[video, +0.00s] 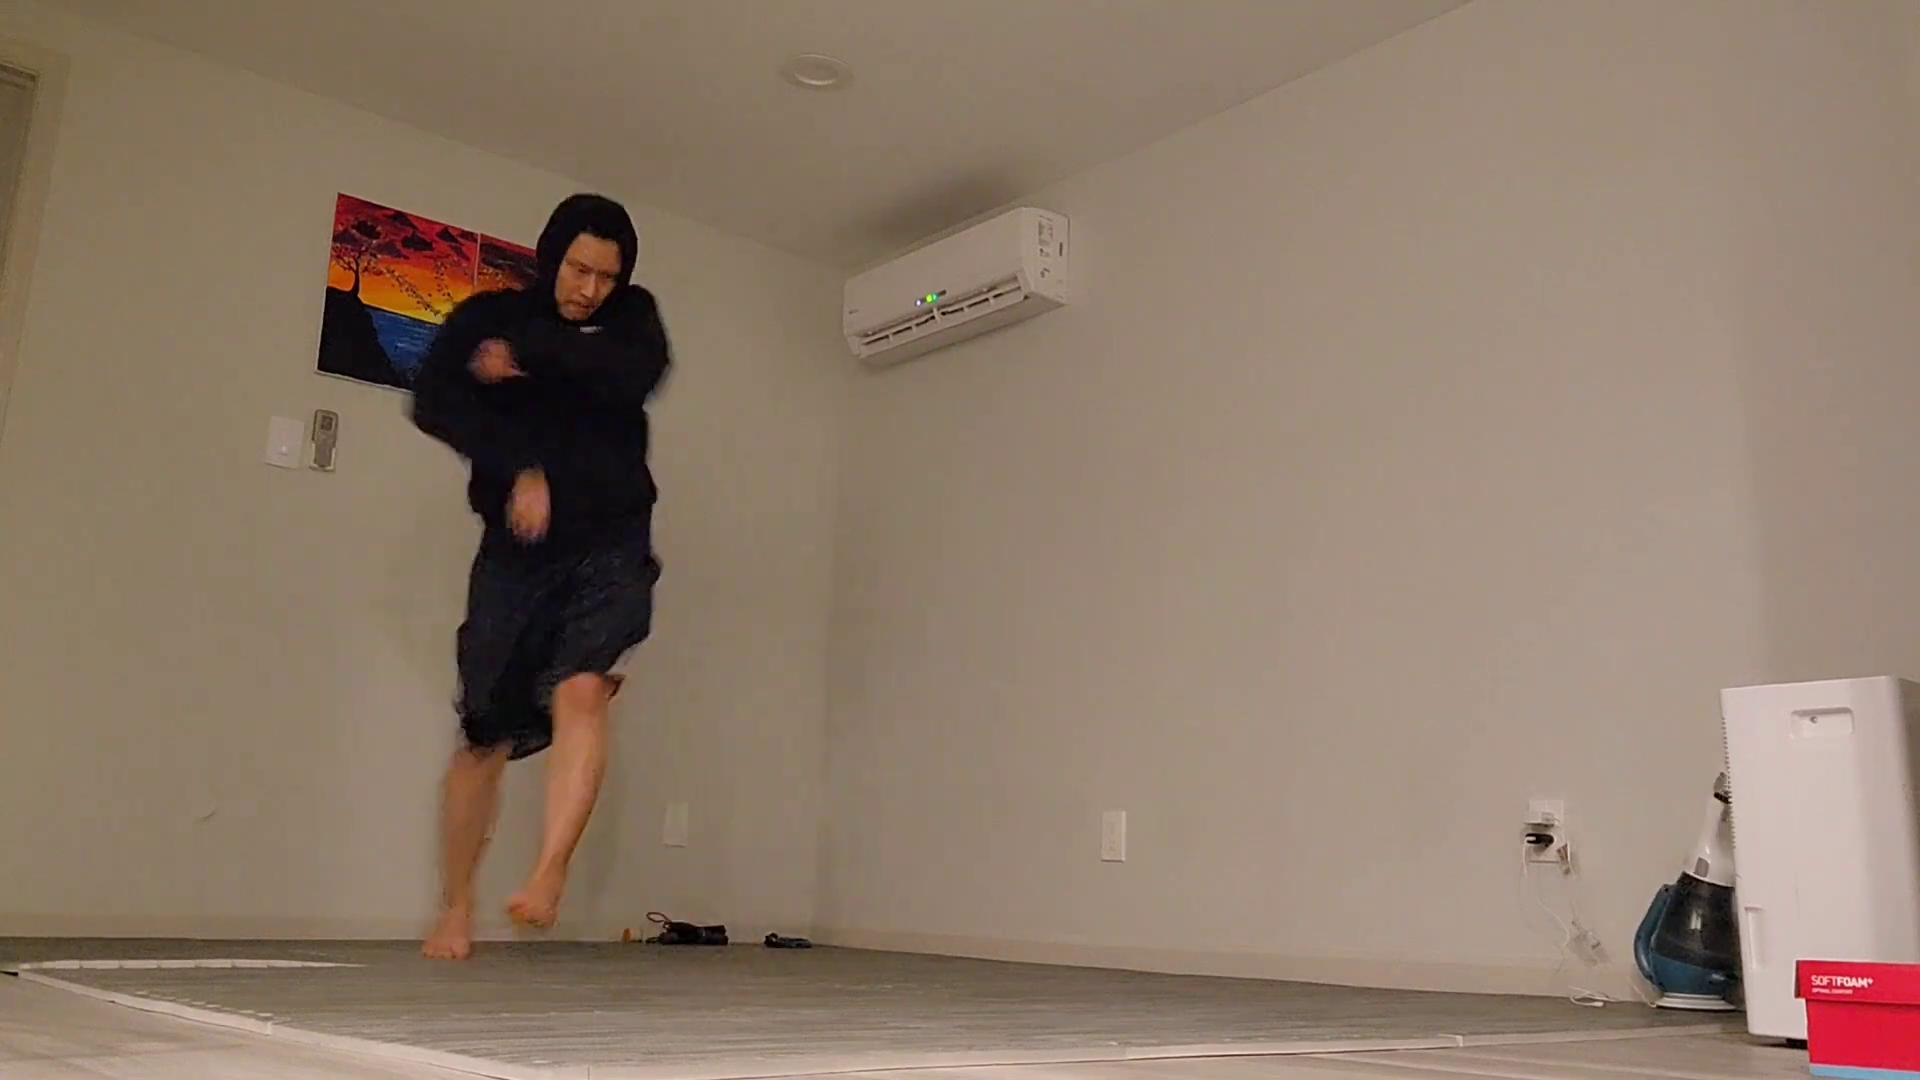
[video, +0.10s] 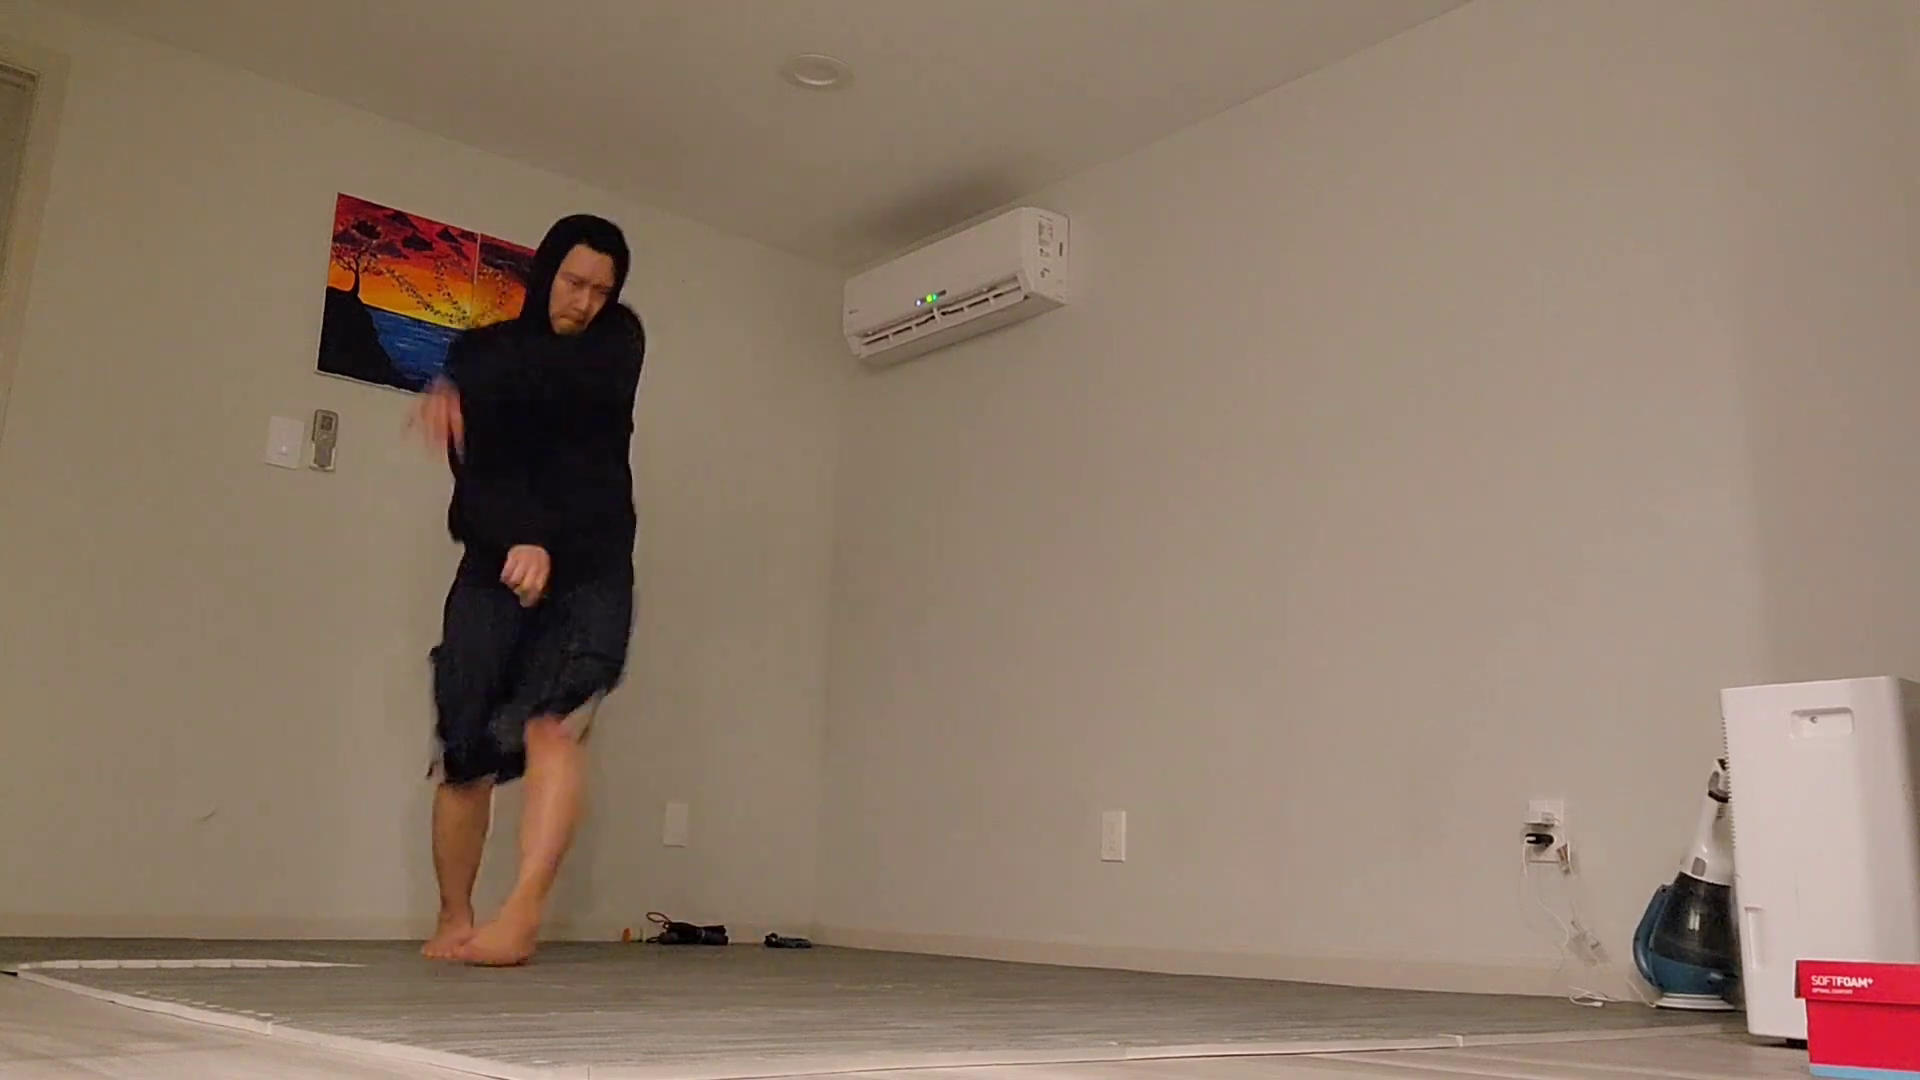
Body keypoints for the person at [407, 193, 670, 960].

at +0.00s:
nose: (586, 287)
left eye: (603, 274)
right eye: (575, 268)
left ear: (622, 275)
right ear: (549, 259)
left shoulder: (631, 316)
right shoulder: (490, 315)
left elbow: (637, 371)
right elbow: (433, 401)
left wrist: (525, 356)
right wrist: (517, 467)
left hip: (608, 544)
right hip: (514, 546)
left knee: (581, 688)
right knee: (485, 734)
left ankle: (549, 878)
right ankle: (456, 907)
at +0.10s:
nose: (582, 300)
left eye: (599, 289)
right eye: (572, 281)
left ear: (614, 293)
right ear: (544, 275)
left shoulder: (619, 338)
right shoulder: (484, 350)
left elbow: (567, 378)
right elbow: (476, 466)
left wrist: (464, 380)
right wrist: (520, 537)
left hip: (590, 562)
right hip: (494, 559)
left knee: (552, 724)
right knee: (468, 750)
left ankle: (521, 920)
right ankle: (455, 918)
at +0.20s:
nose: (558, 300)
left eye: (575, 287)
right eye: (546, 282)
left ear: (593, 293)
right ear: (517, 279)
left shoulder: (609, 343)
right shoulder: (471, 355)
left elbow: (582, 437)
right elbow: (449, 460)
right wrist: (497, 536)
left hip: (592, 563)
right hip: (497, 558)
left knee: (541, 730)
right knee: (439, 738)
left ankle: (506, 924)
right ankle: (461, 899)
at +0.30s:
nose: (507, 320)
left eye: (524, 304)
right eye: (495, 301)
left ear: (552, 298)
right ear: (478, 295)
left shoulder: (602, 362)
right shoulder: (467, 360)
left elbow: (628, 489)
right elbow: (428, 466)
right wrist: (480, 497)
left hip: (582, 581)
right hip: (498, 574)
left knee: (539, 738)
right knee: (407, 710)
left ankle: (503, 926)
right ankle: (497, 844)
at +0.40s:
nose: (492, 322)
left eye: (507, 307)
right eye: (480, 306)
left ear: (540, 297)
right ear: (466, 296)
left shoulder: (608, 344)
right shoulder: (461, 353)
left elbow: (686, 442)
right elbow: (439, 465)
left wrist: (715, 549)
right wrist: (482, 403)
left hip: (595, 567)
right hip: (505, 567)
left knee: (549, 731)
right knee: (434, 718)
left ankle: (507, 924)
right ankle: (546, 857)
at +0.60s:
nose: (545, 281)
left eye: (557, 262)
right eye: (525, 270)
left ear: (586, 264)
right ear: (501, 285)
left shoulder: (632, 323)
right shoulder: (473, 342)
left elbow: (726, 357)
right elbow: (479, 415)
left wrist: (770, 451)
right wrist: (548, 320)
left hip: (605, 552)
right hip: (515, 562)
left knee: (555, 719)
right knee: (513, 753)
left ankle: (557, 910)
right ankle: (562, 910)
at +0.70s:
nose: (568, 268)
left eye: (583, 253)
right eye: (553, 251)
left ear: (599, 258)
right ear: (522, 251)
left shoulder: (633, 325)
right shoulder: (476, 340)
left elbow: (722, 399)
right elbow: (464, 457)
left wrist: (753, 495)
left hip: (608, 559)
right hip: (512, 565)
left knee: (570, 737)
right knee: (490, 760)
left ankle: (559, 923)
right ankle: (567, 895)